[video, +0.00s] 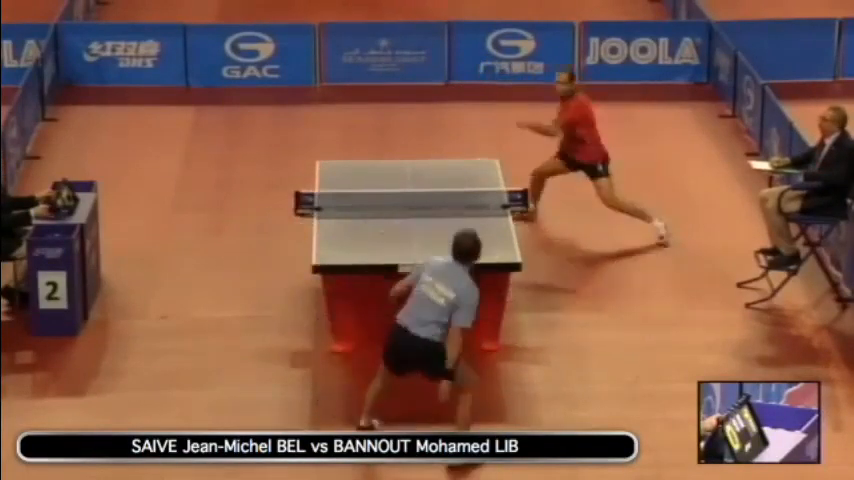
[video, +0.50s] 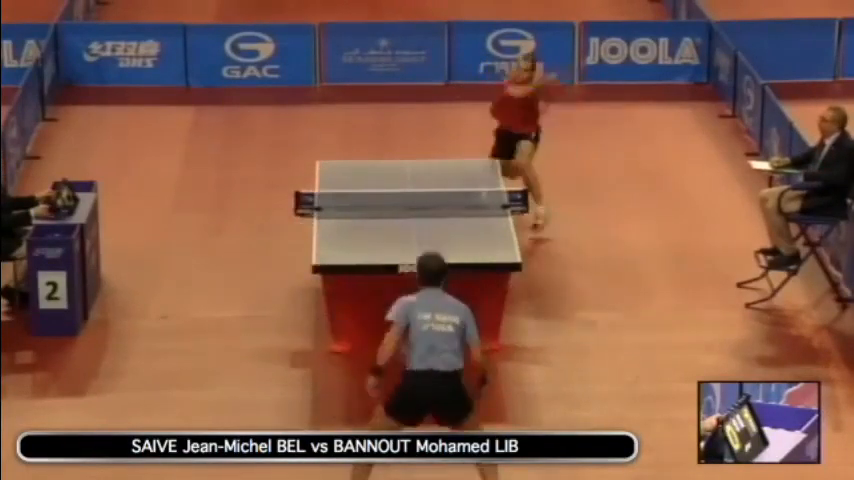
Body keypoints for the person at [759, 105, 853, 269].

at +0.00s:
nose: (820, 123)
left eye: (825, 120)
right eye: (821, 119)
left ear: (837, 125)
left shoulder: (846, 147)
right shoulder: (826, 141)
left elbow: (837, 178)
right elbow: (807, 158)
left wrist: (806, 175)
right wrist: (786, 162)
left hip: (829, 199)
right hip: (815, 191)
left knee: (773, 204)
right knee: (765, 197)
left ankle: (789, 253)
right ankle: (780, 247)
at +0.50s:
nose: (820, 123)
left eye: (825, 121)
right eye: (821, 119)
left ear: (837, 126)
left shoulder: (846, 147)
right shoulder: (826, 141)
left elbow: (837, 177)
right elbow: (807, 158)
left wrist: (805, 175)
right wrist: (786, 162)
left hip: (830, 199)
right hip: (815, 191)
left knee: (773, 204)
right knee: (765, 197)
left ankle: (789, 254)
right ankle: (780, 247)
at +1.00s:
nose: (821, 124)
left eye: (827, 121)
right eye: (821, 120)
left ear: (839, 126)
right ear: (819, 120)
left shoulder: (846, 147)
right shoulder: (825, 141)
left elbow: (837, 178)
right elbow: (807, 158)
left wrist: (806, 175)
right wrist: (786, 163)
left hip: (830, 199)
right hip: (814, 191)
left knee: (773, 205)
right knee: (765, 197)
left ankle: (790, 253)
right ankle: (780, 247)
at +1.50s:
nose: (821, 122)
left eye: (827, 119)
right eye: (822, 118)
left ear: (839, 125)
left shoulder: (846, 147)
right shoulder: (826, 140)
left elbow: (837, 177)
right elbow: (808, 158)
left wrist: (804, 175)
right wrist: (787, 163)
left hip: (829, 199)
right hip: (815, 191)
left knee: (774, 205)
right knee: (765, 196)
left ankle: (790, 254)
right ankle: (780, 247)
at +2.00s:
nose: (820, 122)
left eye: (825, 119)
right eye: (821, 118)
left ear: (837, 124)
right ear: (833, 123)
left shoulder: (846, 147)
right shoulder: (827, 139)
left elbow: (836, 177)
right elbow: (809, 157)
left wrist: (803, 175)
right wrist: (787, 163)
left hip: (829, 199)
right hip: (815, 190)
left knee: (773, 205)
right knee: (765, 197)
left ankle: (790, 254)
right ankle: (780, 247)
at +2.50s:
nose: (821, 124)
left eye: (827, 121)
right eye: (822, 119)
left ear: (839, 125)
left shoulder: (846, 147)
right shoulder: (827, 140)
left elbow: (836, 177)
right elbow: (809, 157)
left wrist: (803, 175)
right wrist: (787, 163)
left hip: (829, 199)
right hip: (815, 191)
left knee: (773, 205)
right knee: (765, 197)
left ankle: (790, 254)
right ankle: (780, 247)